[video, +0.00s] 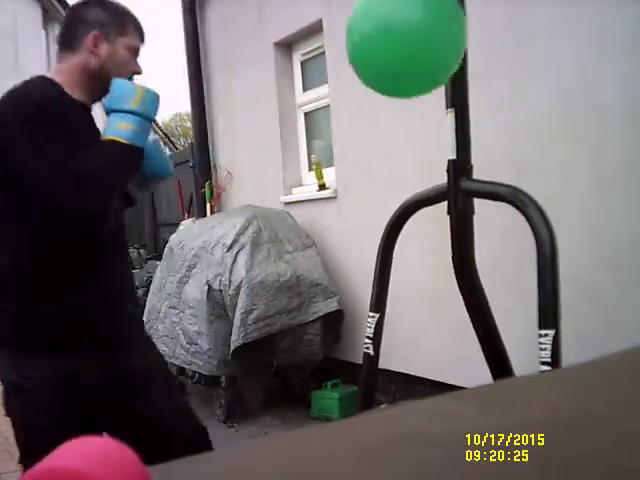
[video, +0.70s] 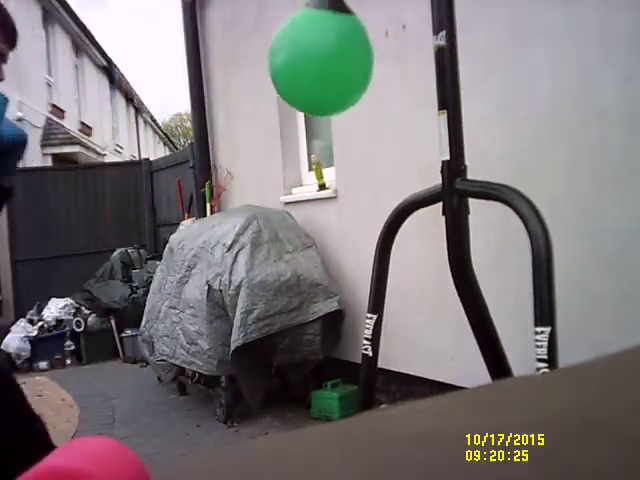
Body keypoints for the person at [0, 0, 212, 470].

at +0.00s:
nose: (139, 68)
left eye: (138, 55)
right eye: (133, 52)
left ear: (96, 49)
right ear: (97, 45)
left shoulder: (79, 121)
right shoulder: (28, 108)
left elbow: (90, 205)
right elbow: (78, 201)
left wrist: (132, 175)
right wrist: (123, 134)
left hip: (106, 333)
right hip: (54, 341)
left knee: (180, 450)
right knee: (64, 468)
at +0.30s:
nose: (84, 25)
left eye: (84, 12)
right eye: (77, 10)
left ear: (39, 10)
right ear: (36, 6)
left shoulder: (49, 77)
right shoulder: (1, 74)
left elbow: (66, 179)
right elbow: (14, 177)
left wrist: (92, 126)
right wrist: (51, 100)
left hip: (77, 284)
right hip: (18, 291)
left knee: (115, 427)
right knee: (24, 451)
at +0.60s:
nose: (23, 56)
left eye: (27, 44)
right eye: (17, 41)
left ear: (26, 40)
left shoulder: (15, 102)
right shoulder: (7, 98)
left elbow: (9, 204)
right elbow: (5, 205)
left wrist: (26, 147)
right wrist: (13, 130)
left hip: (7, 309)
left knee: (58, 452)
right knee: (56, 450)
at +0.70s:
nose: (5, 60)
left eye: (7, 51)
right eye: (3, 50)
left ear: (10, 49)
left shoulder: (6, 108)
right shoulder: (6, 111)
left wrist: (23, 132)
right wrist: (18, 133)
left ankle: (32, 457)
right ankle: (32, 458)